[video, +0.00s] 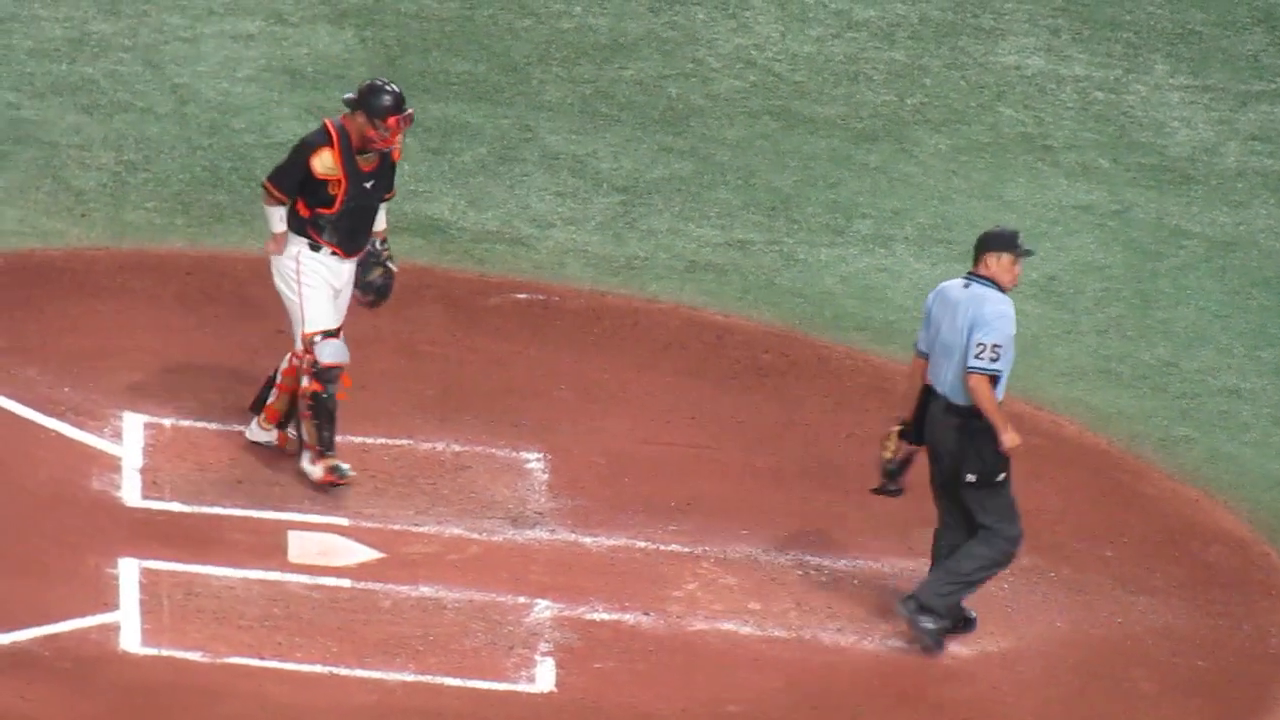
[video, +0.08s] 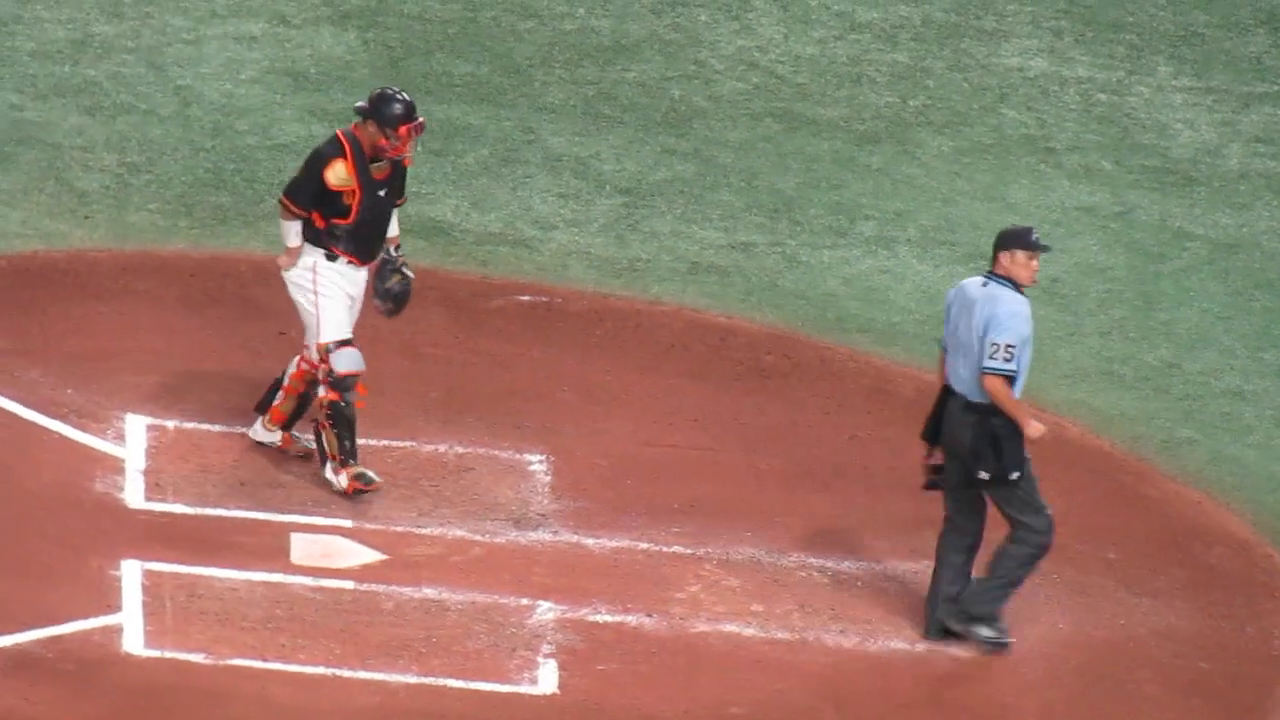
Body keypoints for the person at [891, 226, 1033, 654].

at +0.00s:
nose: (1019, 269)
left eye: (1019, 261)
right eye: (1013, 261)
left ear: (983, 262)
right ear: (990, 261)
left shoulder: (944, 291)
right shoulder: (996, 308)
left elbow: (923, 360)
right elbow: (977, 379)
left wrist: (916, 418)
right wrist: (1003, 428)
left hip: (936, 416)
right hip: (969, 426)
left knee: (954, 520)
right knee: (1002, 533)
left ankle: (945, 605)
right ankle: (929, 603)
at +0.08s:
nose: (1036, 265)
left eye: (1037, 258)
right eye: (1030, 258)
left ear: (1001, 261)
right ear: (1005, 258)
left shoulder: (962, 290)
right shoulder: (1011, 308)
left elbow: (948, 363)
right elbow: (993, 380)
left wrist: (946, 414)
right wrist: (1025, 420)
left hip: (955, 418)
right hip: (989, 427)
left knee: (962, 524)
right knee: (1034, 529)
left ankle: (942, 618)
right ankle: (978, 609)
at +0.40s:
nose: (1113, 275)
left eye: (1112, 267)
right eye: (1105, 268)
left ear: (1083, 271)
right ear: (1081, 270)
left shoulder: (1051, 288)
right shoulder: (1083, 318)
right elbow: (1083, 392)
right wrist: (1120, 413)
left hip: (1041, 420)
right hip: (1073, 431)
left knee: (1014, 520)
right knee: (1102, 532)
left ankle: (961, 604)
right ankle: (1117, 619)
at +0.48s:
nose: (1135, 276)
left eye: (1136, 267)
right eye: (1128, 268)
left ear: (1104, 269)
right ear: (1104, 269)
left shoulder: (1073, 285)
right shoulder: (1106, 318)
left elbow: (1079, 346)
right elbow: (1104, 391)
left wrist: (1117, 375)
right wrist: (1145, 407)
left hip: (1064, 418)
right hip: (1096, 428)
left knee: (1049, 518)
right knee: (1116, 531)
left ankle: (981, 586)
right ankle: (1119, 619)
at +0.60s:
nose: (1163, 269)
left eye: (1163, 261)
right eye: (1155, 261)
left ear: (1130, 264)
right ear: (1132, 263)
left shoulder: (1096, 278)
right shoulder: (1137, 312)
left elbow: (1097, 339)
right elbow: (1137, 384)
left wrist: (1146, 364)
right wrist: (1176, 395)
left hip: (1089, 409)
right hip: (1121, 420)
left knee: (1097, 512)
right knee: (1127, 526)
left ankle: (1035, 569)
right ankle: (1120, 617)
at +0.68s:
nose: (1181, 266)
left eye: (1181, 258)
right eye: (1174, 258)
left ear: (1145, 259)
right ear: (1150, 259)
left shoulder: (1110, 273)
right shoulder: (1156, 309)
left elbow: (1098, 331)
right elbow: (1158, 380)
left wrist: (1157, 353)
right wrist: (1189, 390)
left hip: (1101, 407)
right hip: (1133, 418)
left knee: (1123, 503)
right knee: (1134, 517)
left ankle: (1078, 573)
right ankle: (1122, 614)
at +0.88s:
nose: (1214, 267)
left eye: (1214, 260)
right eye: (1209, 260)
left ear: (1180, 262)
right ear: (1185, 262)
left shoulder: (1138, 277)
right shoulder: (1194, 311)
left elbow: (1122, 336)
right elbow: (1196, 385)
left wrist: (1179, 343)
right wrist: (1223, 385)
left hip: (1133, 410)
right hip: (1168, 421)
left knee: (1171, 506)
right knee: (1154, 515)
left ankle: (1185, 597)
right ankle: (1124, 618)